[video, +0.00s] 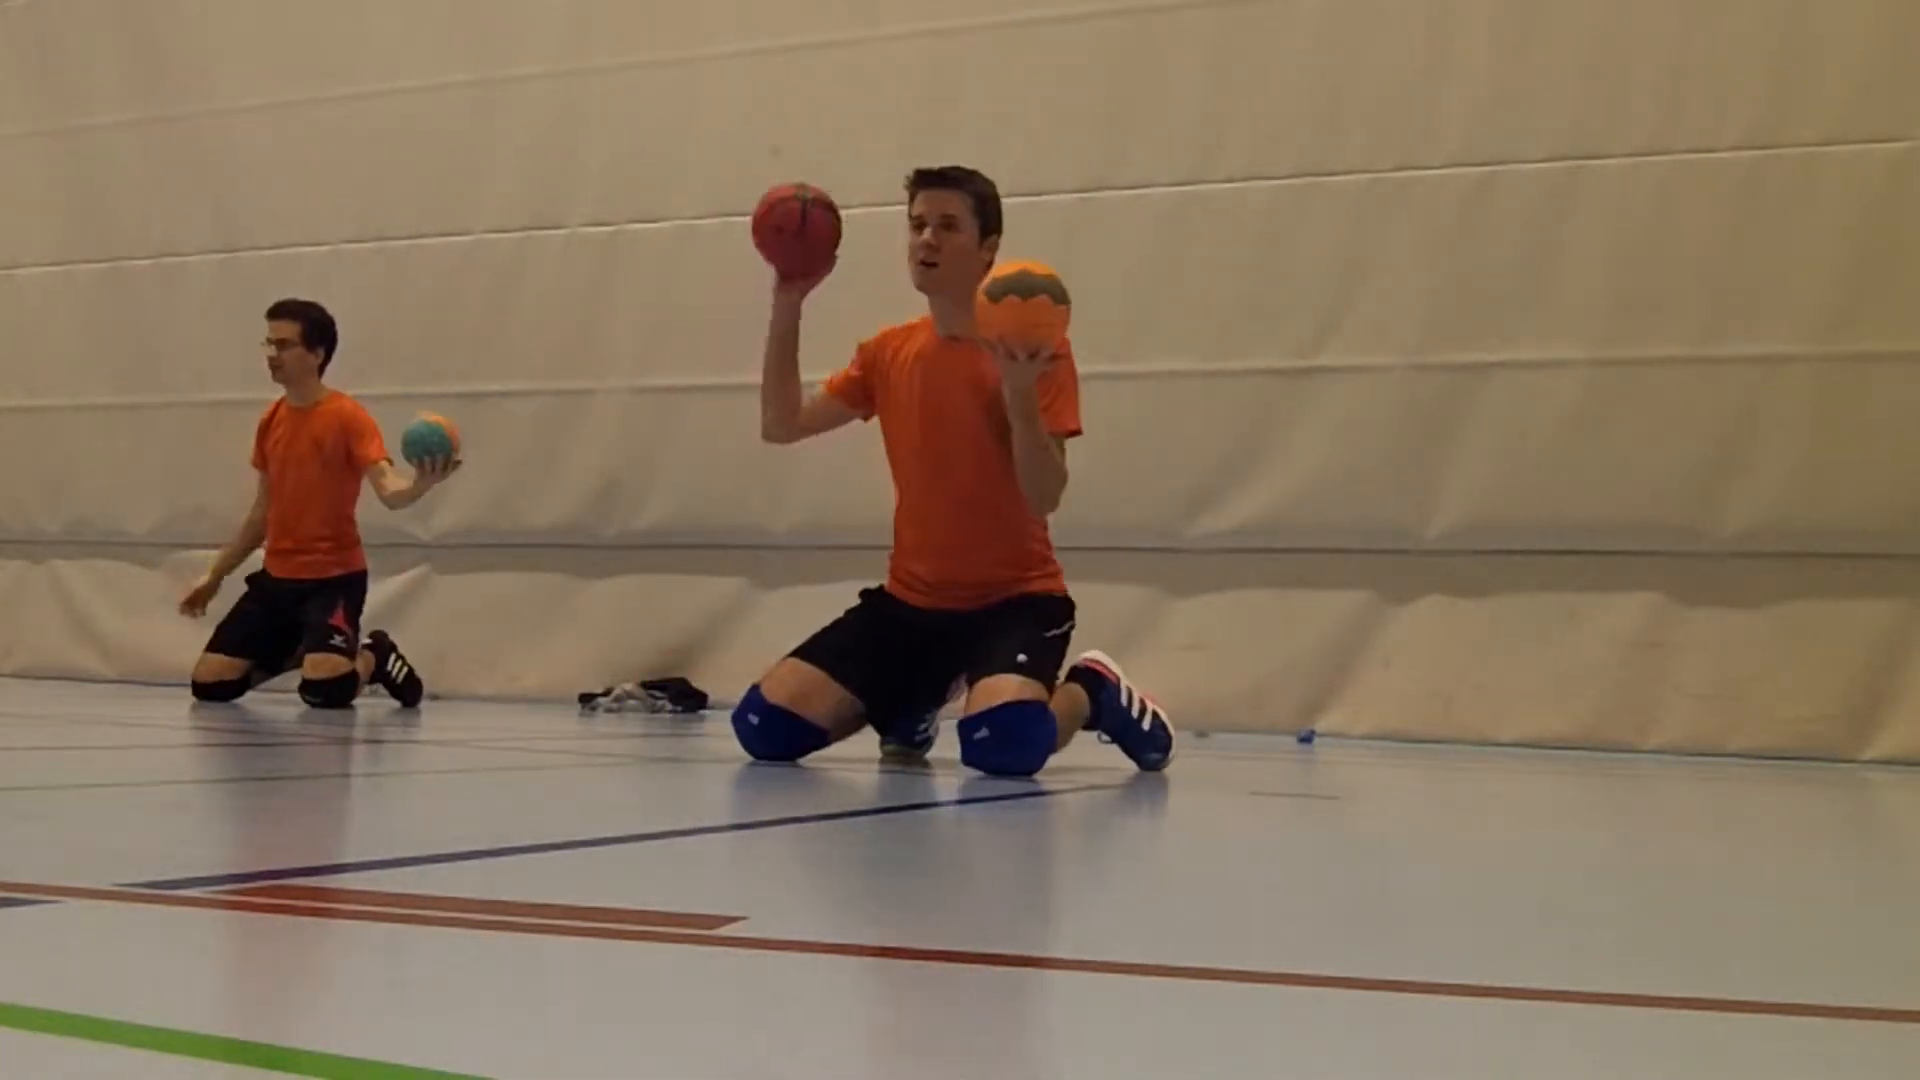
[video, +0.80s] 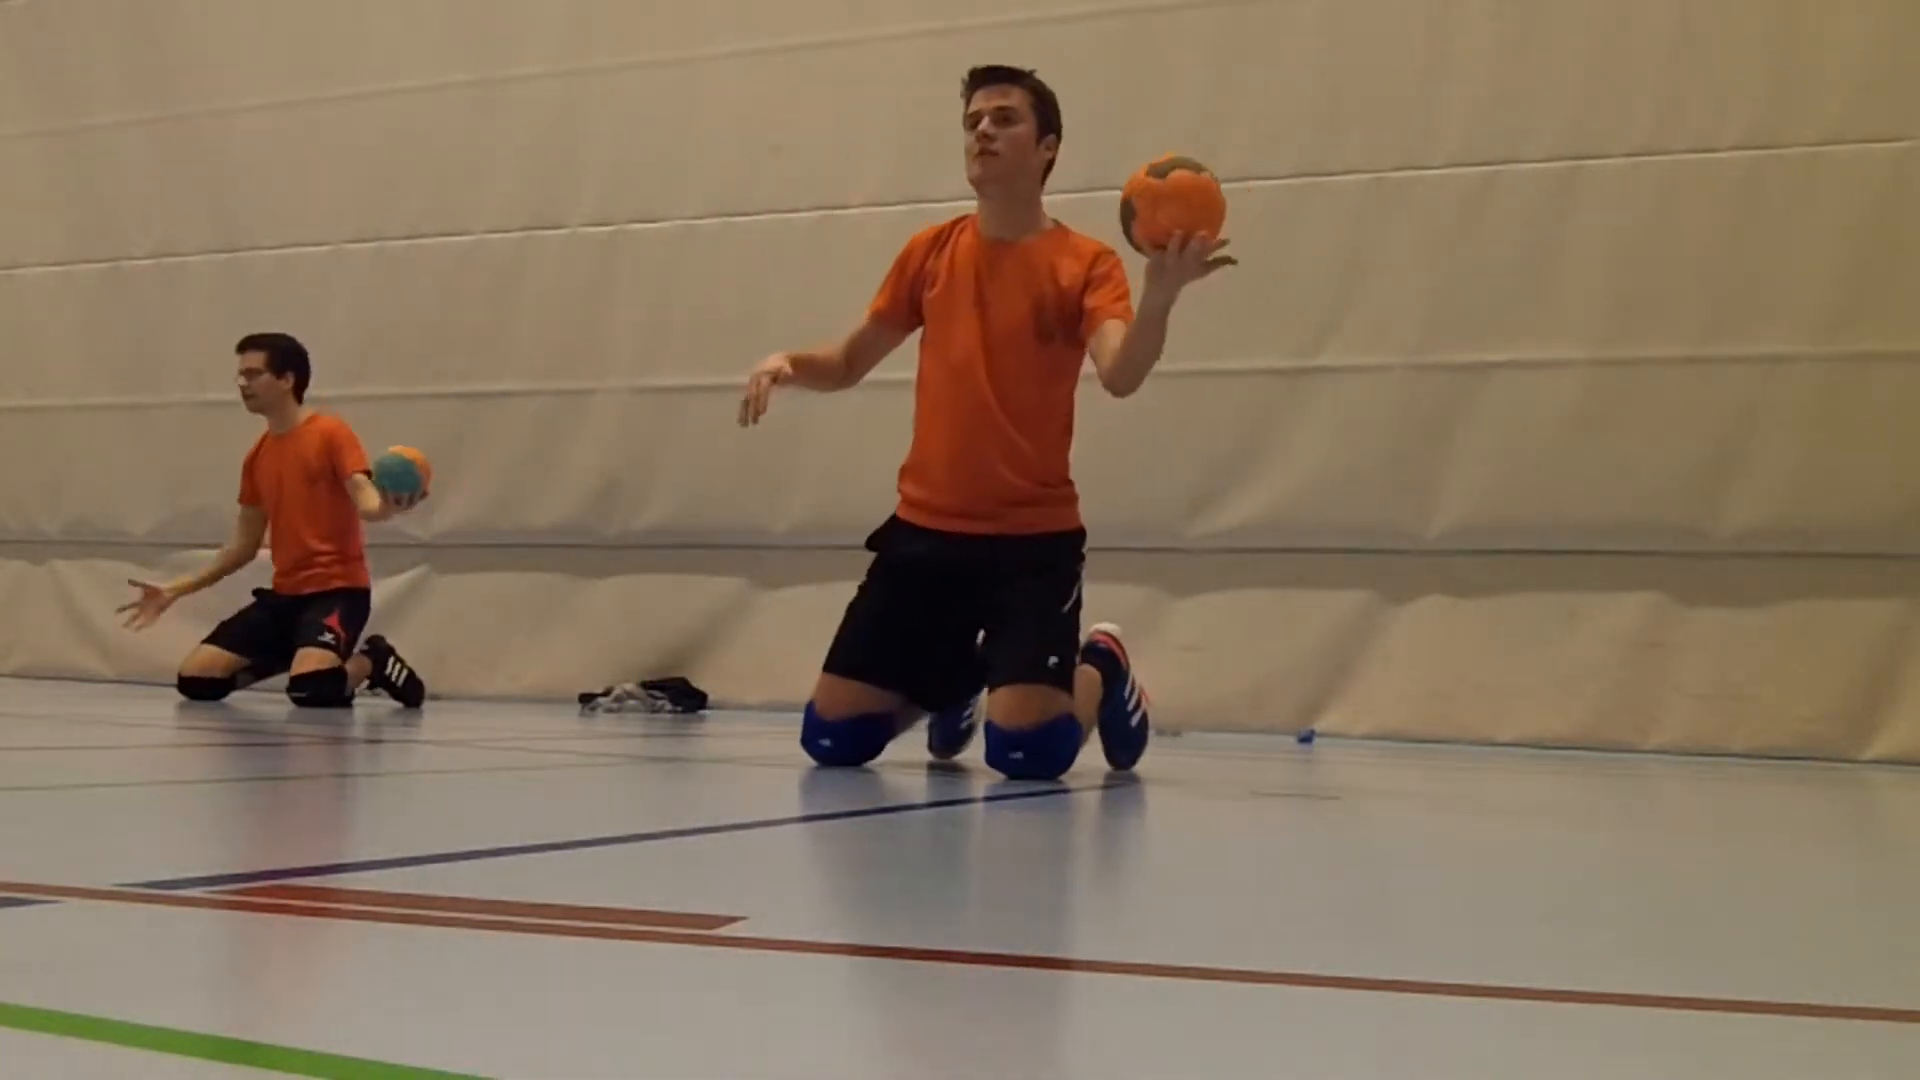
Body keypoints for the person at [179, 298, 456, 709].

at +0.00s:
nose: (270, 355)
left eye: (282, 345)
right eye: (268, 344)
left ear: (317, 354)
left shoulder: (348, 416)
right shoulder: (272, 421)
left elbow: (391, 493)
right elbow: (263, 513)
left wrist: (418, 486)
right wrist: (214, 577)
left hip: (334, 580)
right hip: (276, 580)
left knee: (323, 691)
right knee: (210, 684)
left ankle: (376, 657)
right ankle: (312, 649)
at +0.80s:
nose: (242, 384)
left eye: (252, 375)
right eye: (241, 375)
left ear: (287, 379)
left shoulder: (330, 433)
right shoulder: (258, 457)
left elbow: (366, 501)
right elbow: (243, 548)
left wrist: (390, 506)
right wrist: (172, 592)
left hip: (338, 593)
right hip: (285, 597)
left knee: (309, 690)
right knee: (196, 681)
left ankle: (374, 662)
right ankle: (304, 652)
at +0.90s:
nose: (226, 394)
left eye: (236, 384)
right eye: (225, 385)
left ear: (272, 391)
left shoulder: (316, 439)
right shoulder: (244, 472)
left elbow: (354, 501)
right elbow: (201, 545)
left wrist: (379, 496)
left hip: (338, 595)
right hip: (286, 602)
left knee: (323, 690)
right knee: (192, 679)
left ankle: (380, 663)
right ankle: (303, 658)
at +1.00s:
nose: (206, 404)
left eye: (215, 393)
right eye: (207, 394)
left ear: (249, 396)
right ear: (237, 400)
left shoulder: (298, 440)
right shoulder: (221, 475)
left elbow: (340, 501)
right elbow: (158, 525)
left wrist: (367, 486)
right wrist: (76, 525)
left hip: (334, 590)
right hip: (282, 605)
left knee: (335, 685)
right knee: (188, 680)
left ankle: (414, 672)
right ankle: (309, 663)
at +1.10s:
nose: (197, 400)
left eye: (205, 389)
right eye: (198, 390)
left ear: (236, 391)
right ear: (226, 393)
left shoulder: (289, 433)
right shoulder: (217, 464)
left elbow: (331, 500)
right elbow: (168, 513)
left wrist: (351, 484)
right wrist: (94, 500)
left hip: (326, 586)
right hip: (275, 600)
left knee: (340, 686)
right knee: (187, 681)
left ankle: (435, 670)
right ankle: (303, 660)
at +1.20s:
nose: (199, 390)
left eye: (205, 379)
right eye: (201, 379)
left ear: (231, 382)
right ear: (231, 383)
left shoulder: (288, 426)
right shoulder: (230, 455)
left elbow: (329, 499)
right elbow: (234, 521)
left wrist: (341, 477)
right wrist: (167, 514)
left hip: (322, 583)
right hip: (272, 594)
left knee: (333, 686)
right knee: (188, 682)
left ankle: (431, 669)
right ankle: (300, 659)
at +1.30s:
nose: (212, 387)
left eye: (217, 376)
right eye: (213, 377)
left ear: (244, 377)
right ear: (241, 378)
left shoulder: (297, 426)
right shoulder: (248, 448)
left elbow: (330, 504)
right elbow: (276, 521)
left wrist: (327, 469)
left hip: (321, 584)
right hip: (272, 592)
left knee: (321, 687)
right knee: (187, 681)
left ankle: (410, 668)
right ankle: (299, 657)